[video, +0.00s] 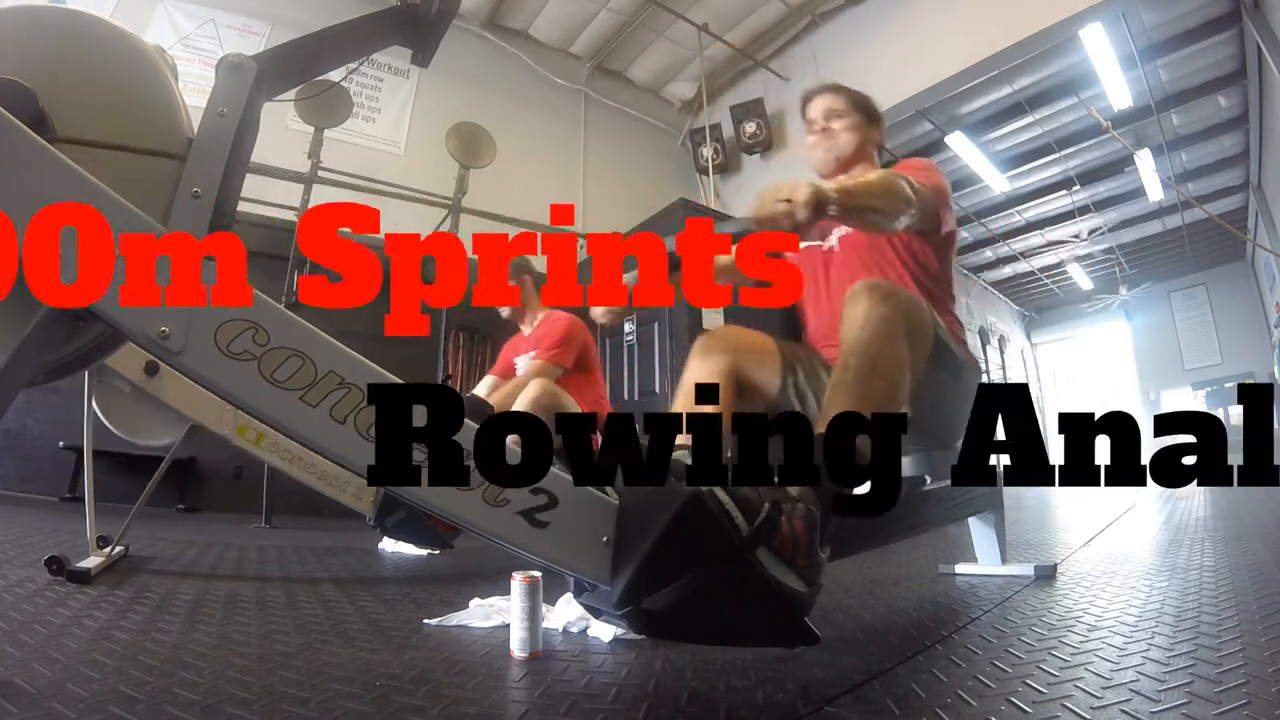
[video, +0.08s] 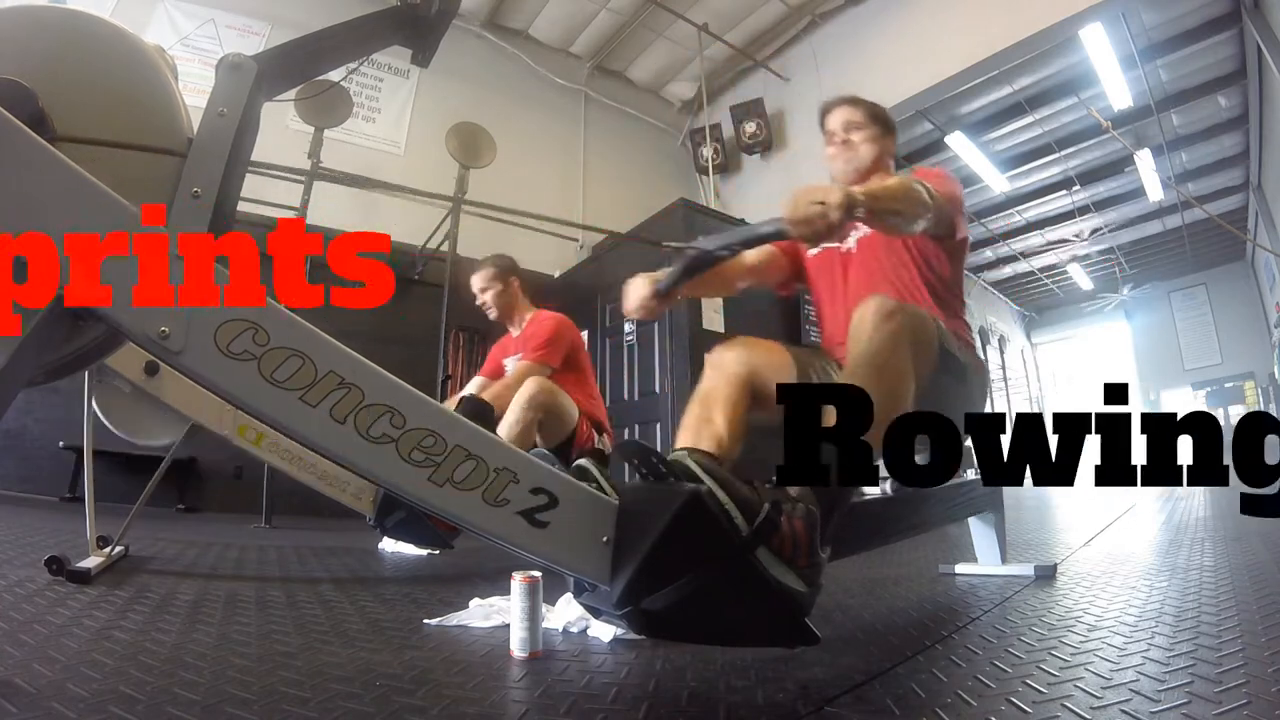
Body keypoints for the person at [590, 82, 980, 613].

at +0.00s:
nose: (819, 131)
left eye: (834, 118)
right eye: (810, 128)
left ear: (873, 129)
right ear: (805, 148)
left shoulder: (917, 173)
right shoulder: (801, 225)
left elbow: (901, 201)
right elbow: (726, 267)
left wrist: (828, 198)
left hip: (932, 386)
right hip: (831, 384)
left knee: (875, 300)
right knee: (715, 348)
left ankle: (812, 506)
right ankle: (677, 510)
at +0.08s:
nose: (839, 142)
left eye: (853, 130)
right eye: (830, 138)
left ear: (888, 141)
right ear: (825, 157)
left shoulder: (931, 182)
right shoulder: (815, 234)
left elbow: (917, 204)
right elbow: (743, 267)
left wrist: (852, 202)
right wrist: (668, 286)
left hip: (940, 374)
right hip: (841, 377)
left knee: (880, 313)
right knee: (730, 357)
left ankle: (816, 505)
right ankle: (683, 492)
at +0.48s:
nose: (914, 205)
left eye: (925, 194)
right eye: (904, 201)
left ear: (952, 204)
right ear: (896, 220)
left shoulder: (985, 249)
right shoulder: (885, 278)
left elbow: (1032, 299)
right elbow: (845, 340)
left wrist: (981, 263)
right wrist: (811, 321)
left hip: (957, 367)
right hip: (883, 378)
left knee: (916, 439)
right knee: (821, 447)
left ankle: (822, 525)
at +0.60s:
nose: (914, 208)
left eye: (925, 197)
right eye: (904, 203)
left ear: (951, 206)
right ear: (897, 220)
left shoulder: (990, 258)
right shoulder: (889, 282)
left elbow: (1047, 317)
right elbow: (853, 356)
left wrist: (1009, 267)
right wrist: (835, 325)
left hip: (962, 374)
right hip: (886, 382)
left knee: (915, 437)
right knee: (822, 445)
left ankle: (820, 529)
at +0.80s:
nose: (907, 204)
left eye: (918, 193)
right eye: (898, 200)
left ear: (946, 200)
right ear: (892, 215)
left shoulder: (986, 253)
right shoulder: (883, 281)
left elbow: (1052, 314)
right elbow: (851, 355)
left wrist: (1018, 263)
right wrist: (837, 322)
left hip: (959, 372)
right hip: (883, 386)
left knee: (918, 436)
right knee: (824, 443)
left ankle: (820, 524)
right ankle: (735, 489)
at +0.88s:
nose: (904, 198)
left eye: (915, 187)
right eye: (894, 195)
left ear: (943, 196)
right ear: (888, 212)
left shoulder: (987, 249)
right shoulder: (876, 280)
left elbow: (1055, 308)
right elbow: (841, 352)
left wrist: (1009, 266)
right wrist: (821, 331)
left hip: (958, 372)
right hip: (882, 385)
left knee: (916, 437)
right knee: (823, 442)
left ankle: (818, 525)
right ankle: (739, 490)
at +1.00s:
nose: (895, 192)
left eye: (906, 179)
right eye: (884, 187)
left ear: (936, 188)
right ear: (879, 203)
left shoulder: (982, 244)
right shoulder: (868, 272)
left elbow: (1050, 295)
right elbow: (830, 339)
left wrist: (996, 278)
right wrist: (793, 343)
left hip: (960, 372)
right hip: (881, 386)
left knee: (913, 435)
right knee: (816, 445)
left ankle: (818, 528)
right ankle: (694, 495)